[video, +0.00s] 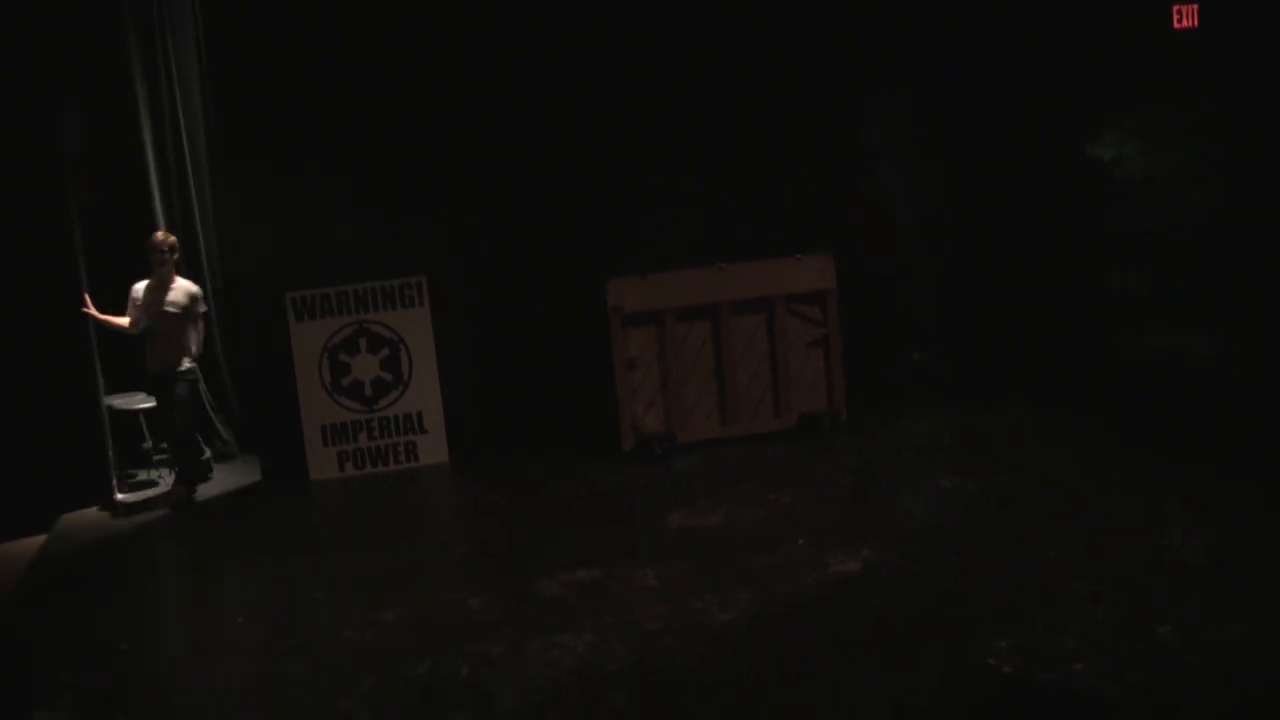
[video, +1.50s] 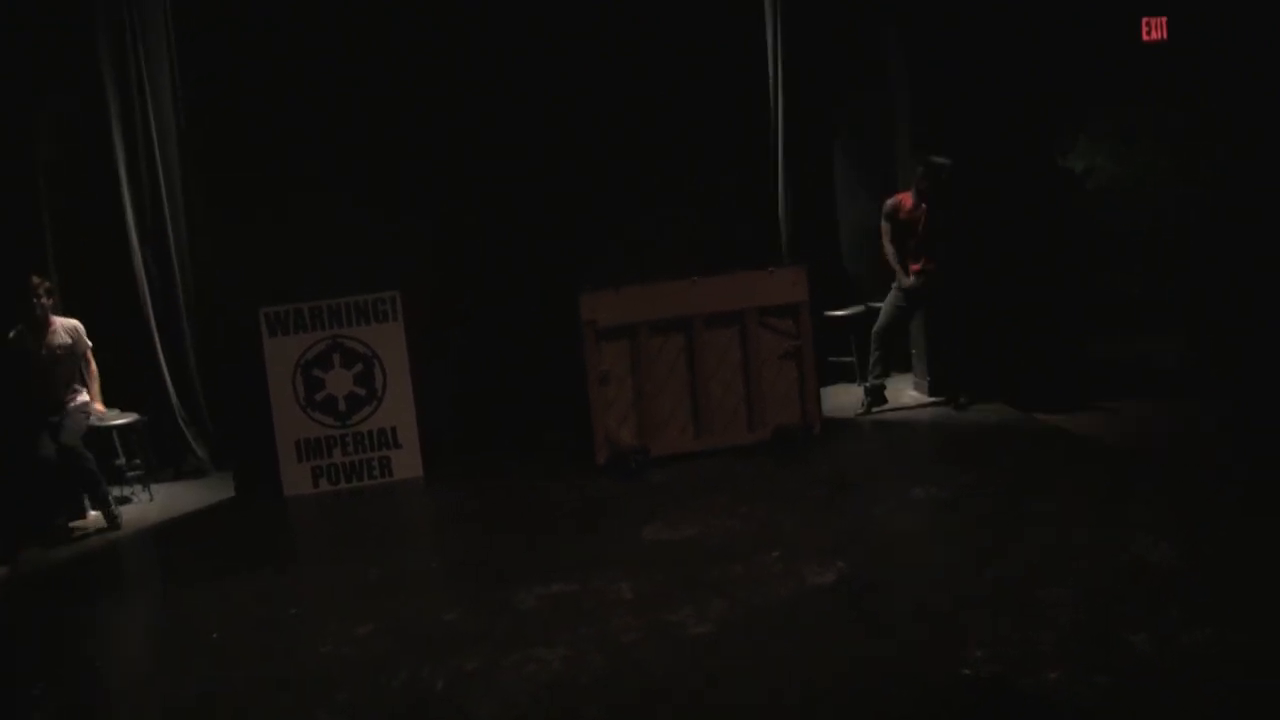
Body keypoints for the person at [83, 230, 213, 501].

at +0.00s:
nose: (161, 258)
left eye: (166, 252)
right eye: (156, 252)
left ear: (175, 255)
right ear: (149, 256)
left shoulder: (190, 291)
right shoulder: (140, 290)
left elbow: (197, 325)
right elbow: (133, 325)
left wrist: (194, 351)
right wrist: (97, 316)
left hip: (183, 369)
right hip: (156, 370)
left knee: (183, 421)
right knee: (169, 423)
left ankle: (187, 477)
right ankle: (193, 467)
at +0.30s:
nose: (127, 259)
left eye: (132, 253)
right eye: (124, 253)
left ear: (138, 256)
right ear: (117, 254)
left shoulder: (144, 291)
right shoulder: (110, 285)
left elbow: (146, 326)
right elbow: (112, 320)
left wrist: (153, 348)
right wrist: (93, 330)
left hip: (144, 365)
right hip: (118, 366)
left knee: (157, 421)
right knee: (119, 423)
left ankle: (178, 471)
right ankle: (127, 477)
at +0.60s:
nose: (84, 269)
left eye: (88, 263)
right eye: (80, 263)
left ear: (94, 265)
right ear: (69, 266)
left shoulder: (107, 295)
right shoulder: (54, 304)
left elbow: (112, 329)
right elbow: (48, 345)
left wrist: (86, 313)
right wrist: (49, 376)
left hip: (106, 375)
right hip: (72, 380)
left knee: (117, 431)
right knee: (72, 441)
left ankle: (138, 490)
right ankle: (70, 505)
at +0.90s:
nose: (50, 281)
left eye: (55, 275)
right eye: (46, 275)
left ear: (65, 277)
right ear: (39, 279)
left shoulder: (84, 313)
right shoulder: (29, 310)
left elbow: (107, 331)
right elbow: (26, 342)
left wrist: (122, 353)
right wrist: (31, 369)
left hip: (84, 382)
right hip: (49, 385)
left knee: (102, 438)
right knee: (55, 445)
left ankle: (123, 494)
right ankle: (58, 508)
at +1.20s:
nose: (43, 289)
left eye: (47, 283)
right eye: (37, 283)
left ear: (57, 285)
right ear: (30, 287)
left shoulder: (73, 324)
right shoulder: (19, 318)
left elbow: (86, 364)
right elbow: (18, 361)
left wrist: (92, 400)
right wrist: (20, 400)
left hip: (72, 394)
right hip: (38, 397)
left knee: (94, 445)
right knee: (45, 454)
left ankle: (116, 497)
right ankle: (54, 512)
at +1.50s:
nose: (36, 303)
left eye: (40, 297)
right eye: (31, 298)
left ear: (50, 299)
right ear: (25, 303)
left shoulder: (71, 328)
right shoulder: (18, 338)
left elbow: (89, 363)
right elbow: (17, 380)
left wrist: (96, 400)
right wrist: (21, 410)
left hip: (72, 400)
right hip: (39, 406)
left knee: (69, 445)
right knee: (44, 457)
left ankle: (105, 506)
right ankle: (55, 521)